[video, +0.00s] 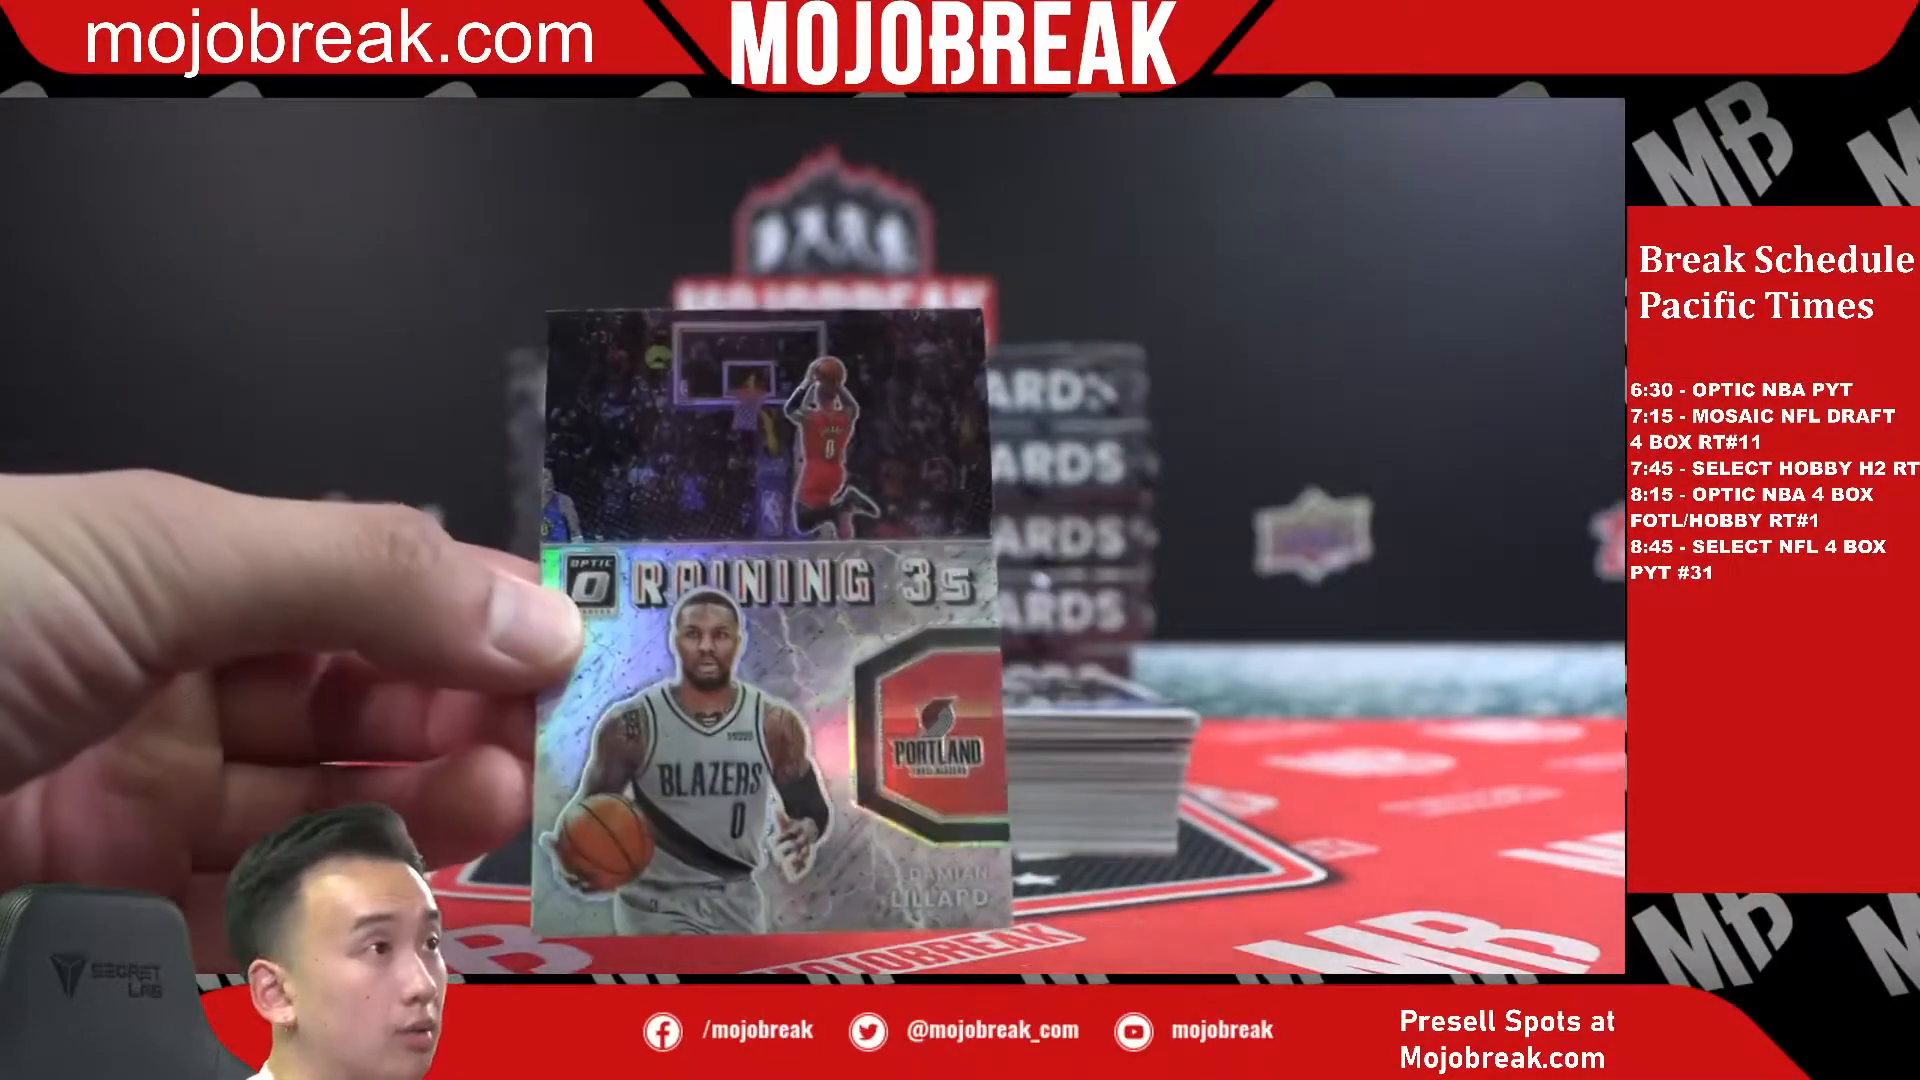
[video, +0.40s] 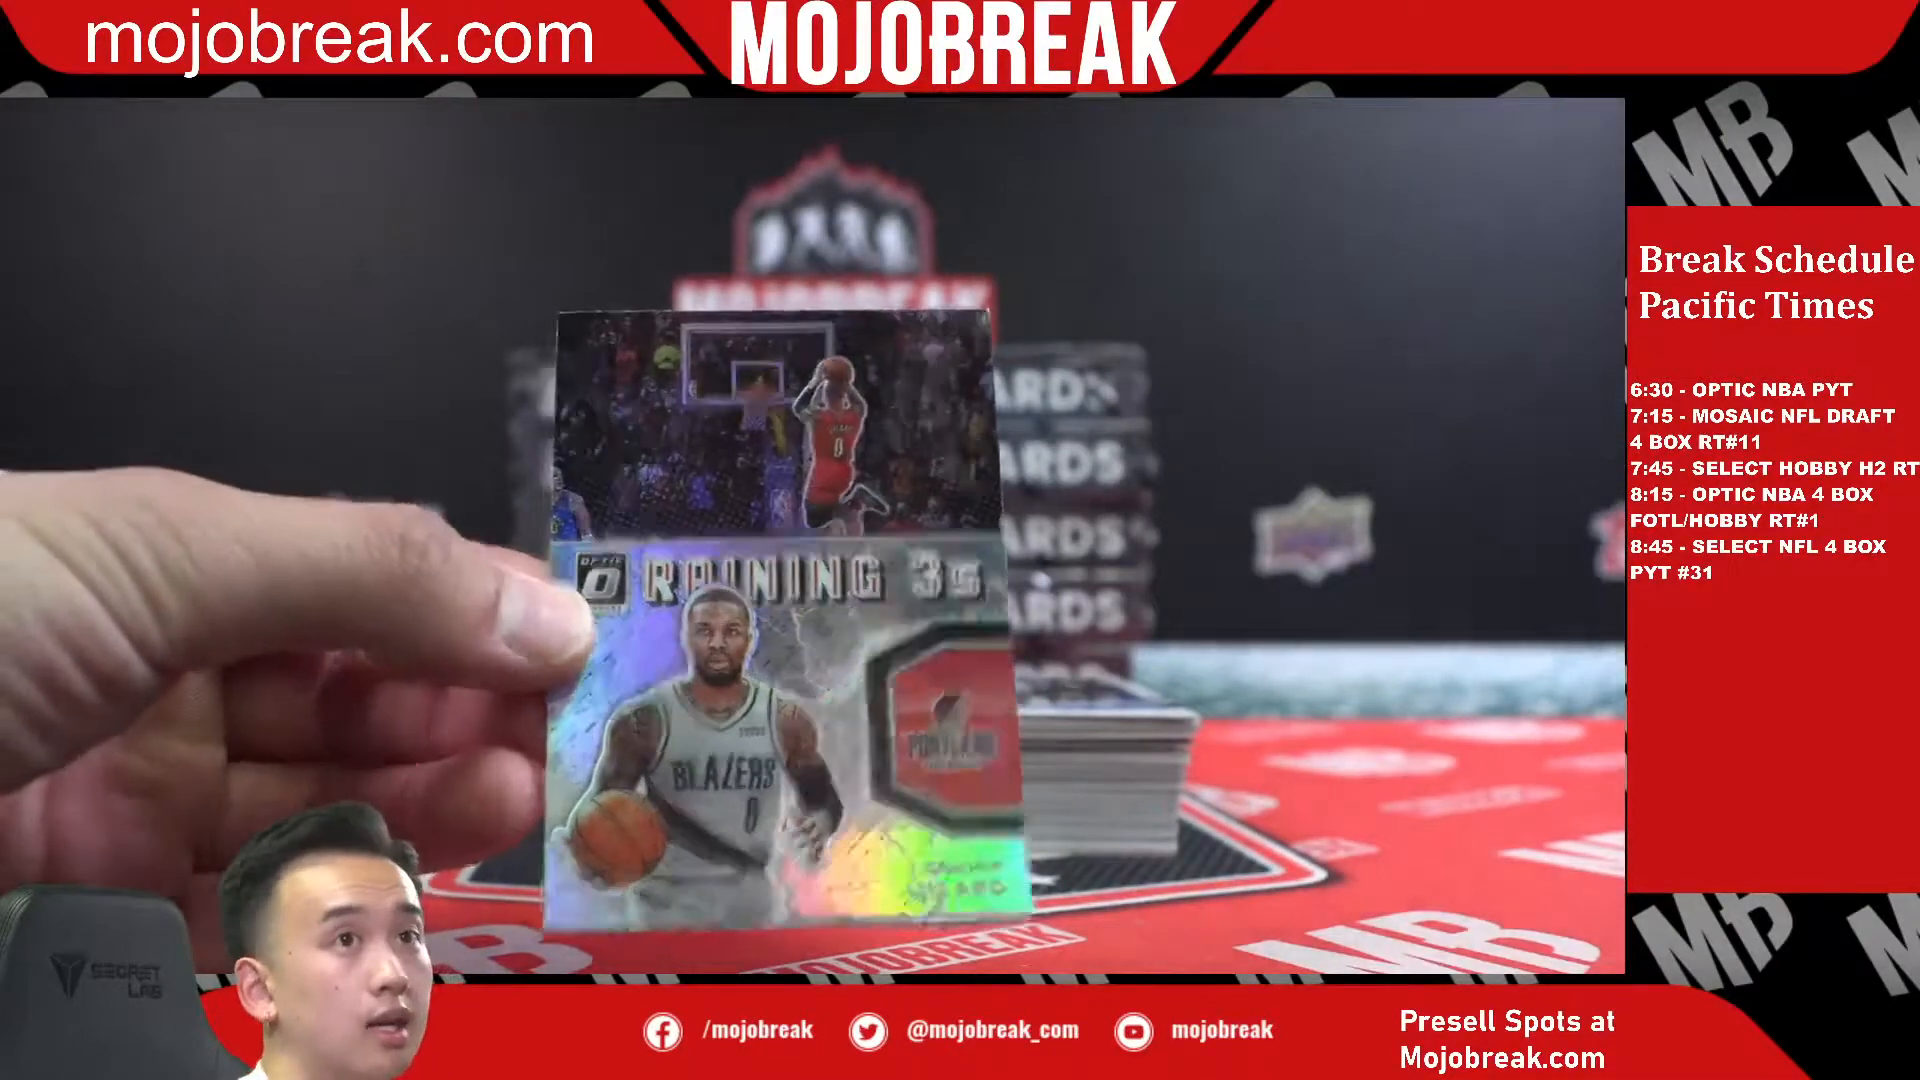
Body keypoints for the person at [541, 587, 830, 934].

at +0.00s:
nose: (707, 647)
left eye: (720, 634)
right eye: (693, 634)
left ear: (739, 643)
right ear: (674, 641)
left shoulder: (776, 723)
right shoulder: (628, 725)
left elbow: (812, 809)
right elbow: (586, 811)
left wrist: (803, 834)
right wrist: (571, 852)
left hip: (738, 901)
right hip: (657, 903)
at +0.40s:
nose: (717, 643)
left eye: (731, 631)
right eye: (704, 631)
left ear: (750, 642)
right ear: (684, 638)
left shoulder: (785, 720)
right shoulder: (641, 721)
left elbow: (824, 801)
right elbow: (598, 805)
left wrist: (817, 827)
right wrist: (584, 844)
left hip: (753, 910)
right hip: (664, 912)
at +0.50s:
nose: (735, 590)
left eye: (749, 576)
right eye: (723, 577)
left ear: (769, 581)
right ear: (708, 584)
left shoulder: (808, 657)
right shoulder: (666, 670)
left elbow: (854, 738)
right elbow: (619, 759)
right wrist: (628, 782)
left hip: (787, 856)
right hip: (701, 860)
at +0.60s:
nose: (777, 500)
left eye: (790, 486)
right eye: (763, 489)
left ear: (806, 492)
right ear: (747, 499)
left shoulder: (851, 558)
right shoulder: (703, 578)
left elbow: (897, 622)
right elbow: (670, 656)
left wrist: (898, 645)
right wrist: (661, 696)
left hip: (824, 729)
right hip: (742, 737)